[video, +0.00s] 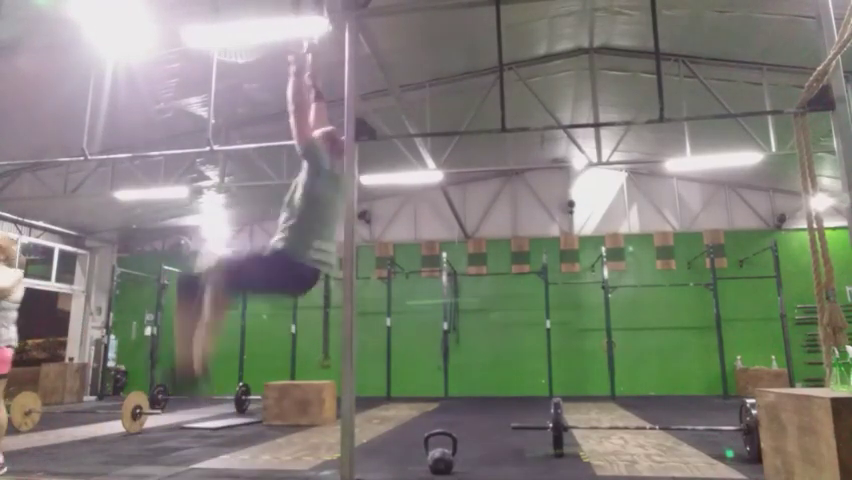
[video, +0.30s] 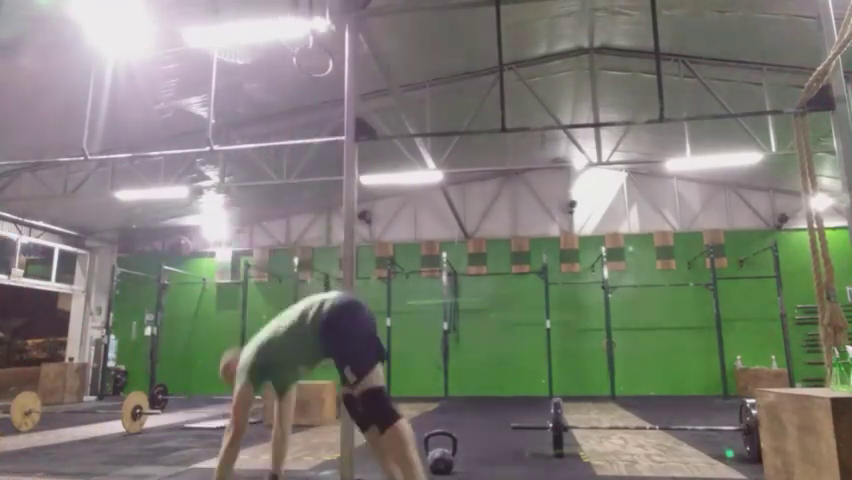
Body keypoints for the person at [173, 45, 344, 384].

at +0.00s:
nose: (314, 141)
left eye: (319, 138)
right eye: (319, 136)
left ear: (328, 148)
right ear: (337, 151)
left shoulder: (322, 169)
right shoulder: (337, 178)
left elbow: (297, 112)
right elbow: (322, 129)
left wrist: (297, 68)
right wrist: (316, 94)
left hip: (291, 265)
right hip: (305, 271)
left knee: (218, 274)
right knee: (195, 281)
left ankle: (197, 361)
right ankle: (191, 364)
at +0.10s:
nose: (241, 226)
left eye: (242, 221)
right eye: (241, 222)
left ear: (249, 218)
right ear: (269, 216)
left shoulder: (255, 238)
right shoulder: (289, 246)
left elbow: (211, 260)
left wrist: (169, 265)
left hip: (257, 337)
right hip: (284, 343)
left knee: (195, 407)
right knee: (226, 408)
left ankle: (215, 474)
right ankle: (238, 474)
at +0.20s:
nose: (233, 268)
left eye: (229, 262)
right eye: (228, 265)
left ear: (235, 251)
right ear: (244, 242)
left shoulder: (257, 253)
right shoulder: (275, 249)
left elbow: (275, 296)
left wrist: (272, 359)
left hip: (311, 324)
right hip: (340, 322)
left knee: (270, 404)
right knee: (339, 405)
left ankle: (239, 474)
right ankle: (375, 474)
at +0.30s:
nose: (235, 387)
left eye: (231, 379)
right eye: (230, 381)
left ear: (233, 366)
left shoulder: (249, 359)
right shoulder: (285, 369)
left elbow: (235, 432)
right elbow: (282, 430)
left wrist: (219, 475)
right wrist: (276, 473)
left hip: (343, 316)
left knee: (375, 403)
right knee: (356, 407)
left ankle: (416, 474)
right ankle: (395, 474)